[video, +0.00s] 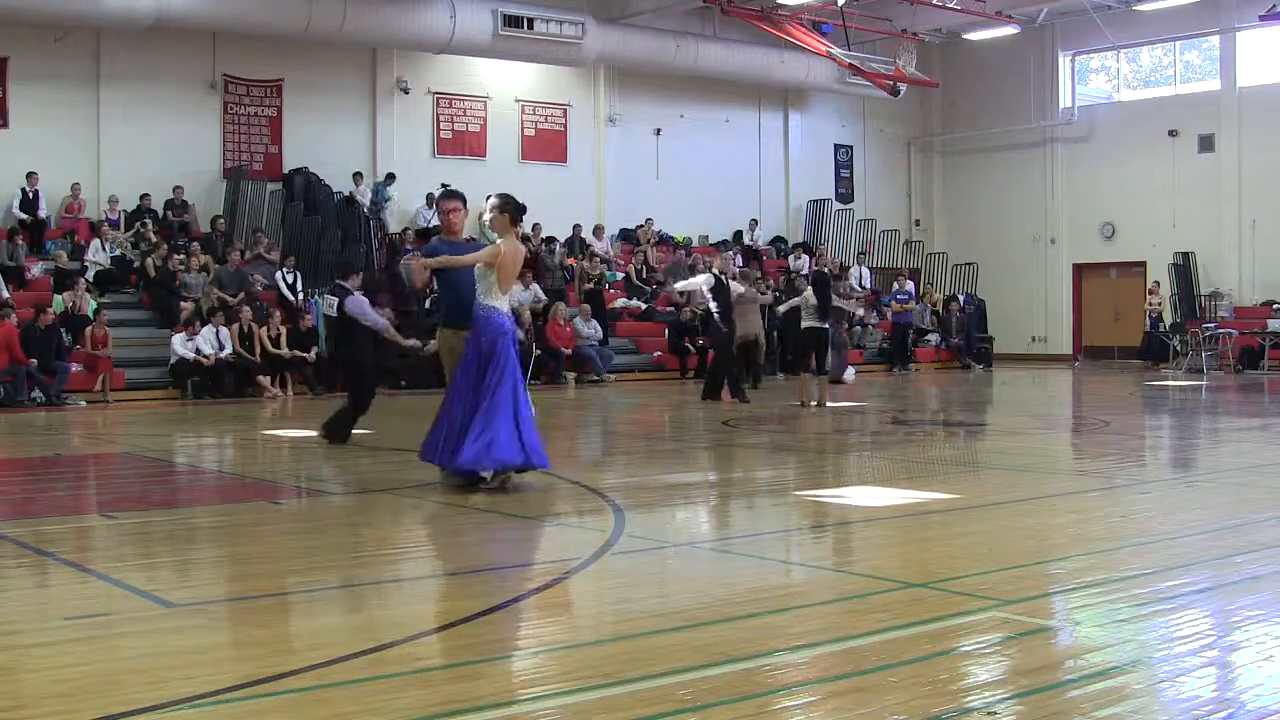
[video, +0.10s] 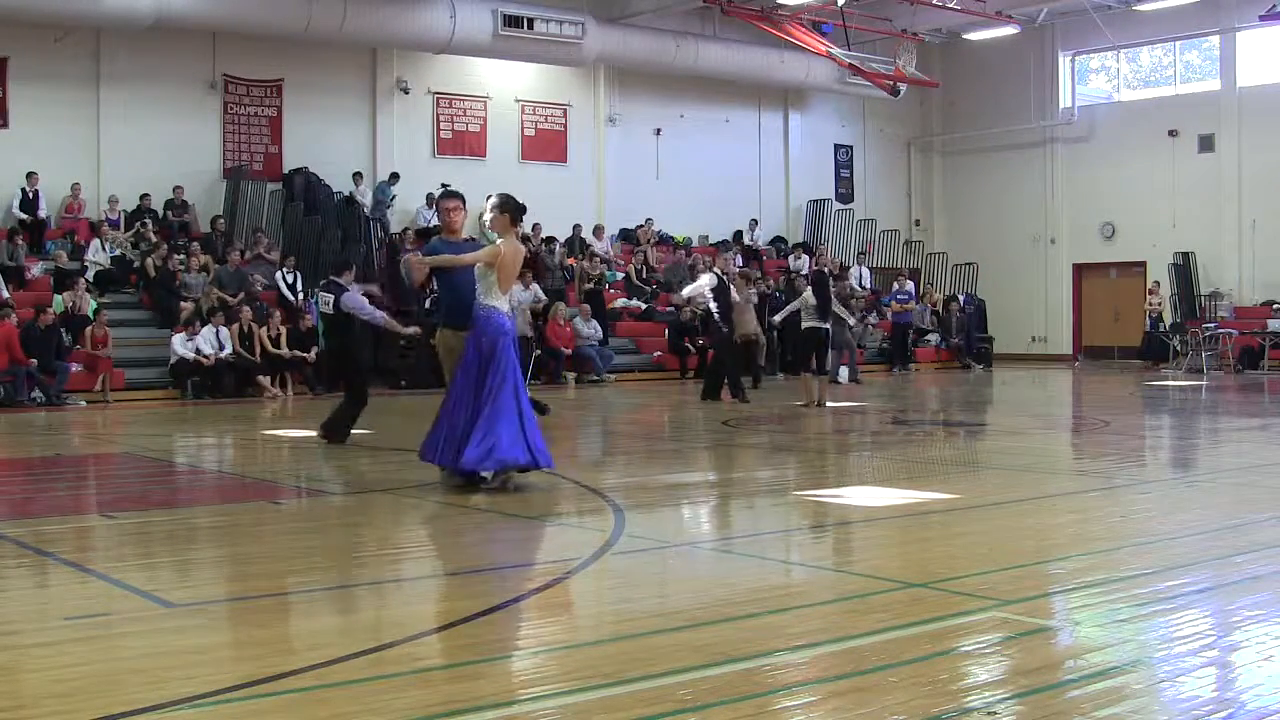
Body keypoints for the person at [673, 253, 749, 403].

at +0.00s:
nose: (728, 263)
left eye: (729, 260)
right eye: (724, 259)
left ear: (730, 262)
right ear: (716, 261)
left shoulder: (727, 281)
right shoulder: (709, 278)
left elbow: (742, 290)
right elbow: (690, 283)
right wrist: (675, 287)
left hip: (728, 322)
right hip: (717, 322)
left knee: (721, 357)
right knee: (728, 356)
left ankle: (711, 392)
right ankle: (738, 392)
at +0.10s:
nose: (729, 263)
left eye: (730, 260)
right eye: (725, 260)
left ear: (729, 262)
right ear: (717, 260)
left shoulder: (725, 281)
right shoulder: (710, 278)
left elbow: (735, 298)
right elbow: (691, 290)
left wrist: (747, 297)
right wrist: (682, 296)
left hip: (727, 323)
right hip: (717, 323)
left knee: (721, 357)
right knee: (727, 355)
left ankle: (710, 392)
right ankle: (738, 392)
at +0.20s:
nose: (731, 263)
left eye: (732, 261)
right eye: (728, 260)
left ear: (730, 262)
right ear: (719, 260)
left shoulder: (726, 278)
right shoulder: (712, 278)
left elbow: (730, 298)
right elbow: (695, 299)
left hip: (728, 324)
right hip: (719, 325)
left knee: (719, 359)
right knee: (729, 359)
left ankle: (710, 391)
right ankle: (738, 392)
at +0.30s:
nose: (733, 264)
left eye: (734, 261)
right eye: (730, 260)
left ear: (732, 262)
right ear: (722, 260)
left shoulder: (728, 277)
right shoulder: (716, 277)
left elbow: (730, 303)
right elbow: (709, 298)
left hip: (729, 324)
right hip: (720, 324)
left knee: (718, 358)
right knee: (731, 358)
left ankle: (709, 391)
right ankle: (734, 393)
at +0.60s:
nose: (744, 265)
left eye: (744, 262)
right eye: (741, 262)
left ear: (732, 263)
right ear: (731, 262)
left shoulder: (729, 279)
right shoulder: (727, 280)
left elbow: (731, 305)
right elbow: (732, 304)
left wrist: (737, 327)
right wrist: (737, 327)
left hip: (725, 321)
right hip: (725, 322)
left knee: (725, 357)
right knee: (732, 357)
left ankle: (711, 390)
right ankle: (733, 394)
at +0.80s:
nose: (748, 266)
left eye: (749, 263)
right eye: (746, 263)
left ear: (741, 264)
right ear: (737, 263)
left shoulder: (736, 280)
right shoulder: (729, 280)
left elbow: (741, 304)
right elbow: (740, 301)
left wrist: (747, 322)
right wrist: (757, 317)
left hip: (735, 322)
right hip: (728, 322)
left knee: (737, 357)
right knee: (734, 357)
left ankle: (733, 392)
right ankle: (732, 393)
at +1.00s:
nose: (753, 266)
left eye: (754, 262)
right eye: (750, 262)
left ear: (754, 264)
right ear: (741, 262)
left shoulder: (748, 282)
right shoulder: (731, 280)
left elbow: (749, 303)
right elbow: (740, 303)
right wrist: (758, 305)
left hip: (747, 324)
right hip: (733, 324)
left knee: (756, 358)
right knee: (735, 362)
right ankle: (732, 396)